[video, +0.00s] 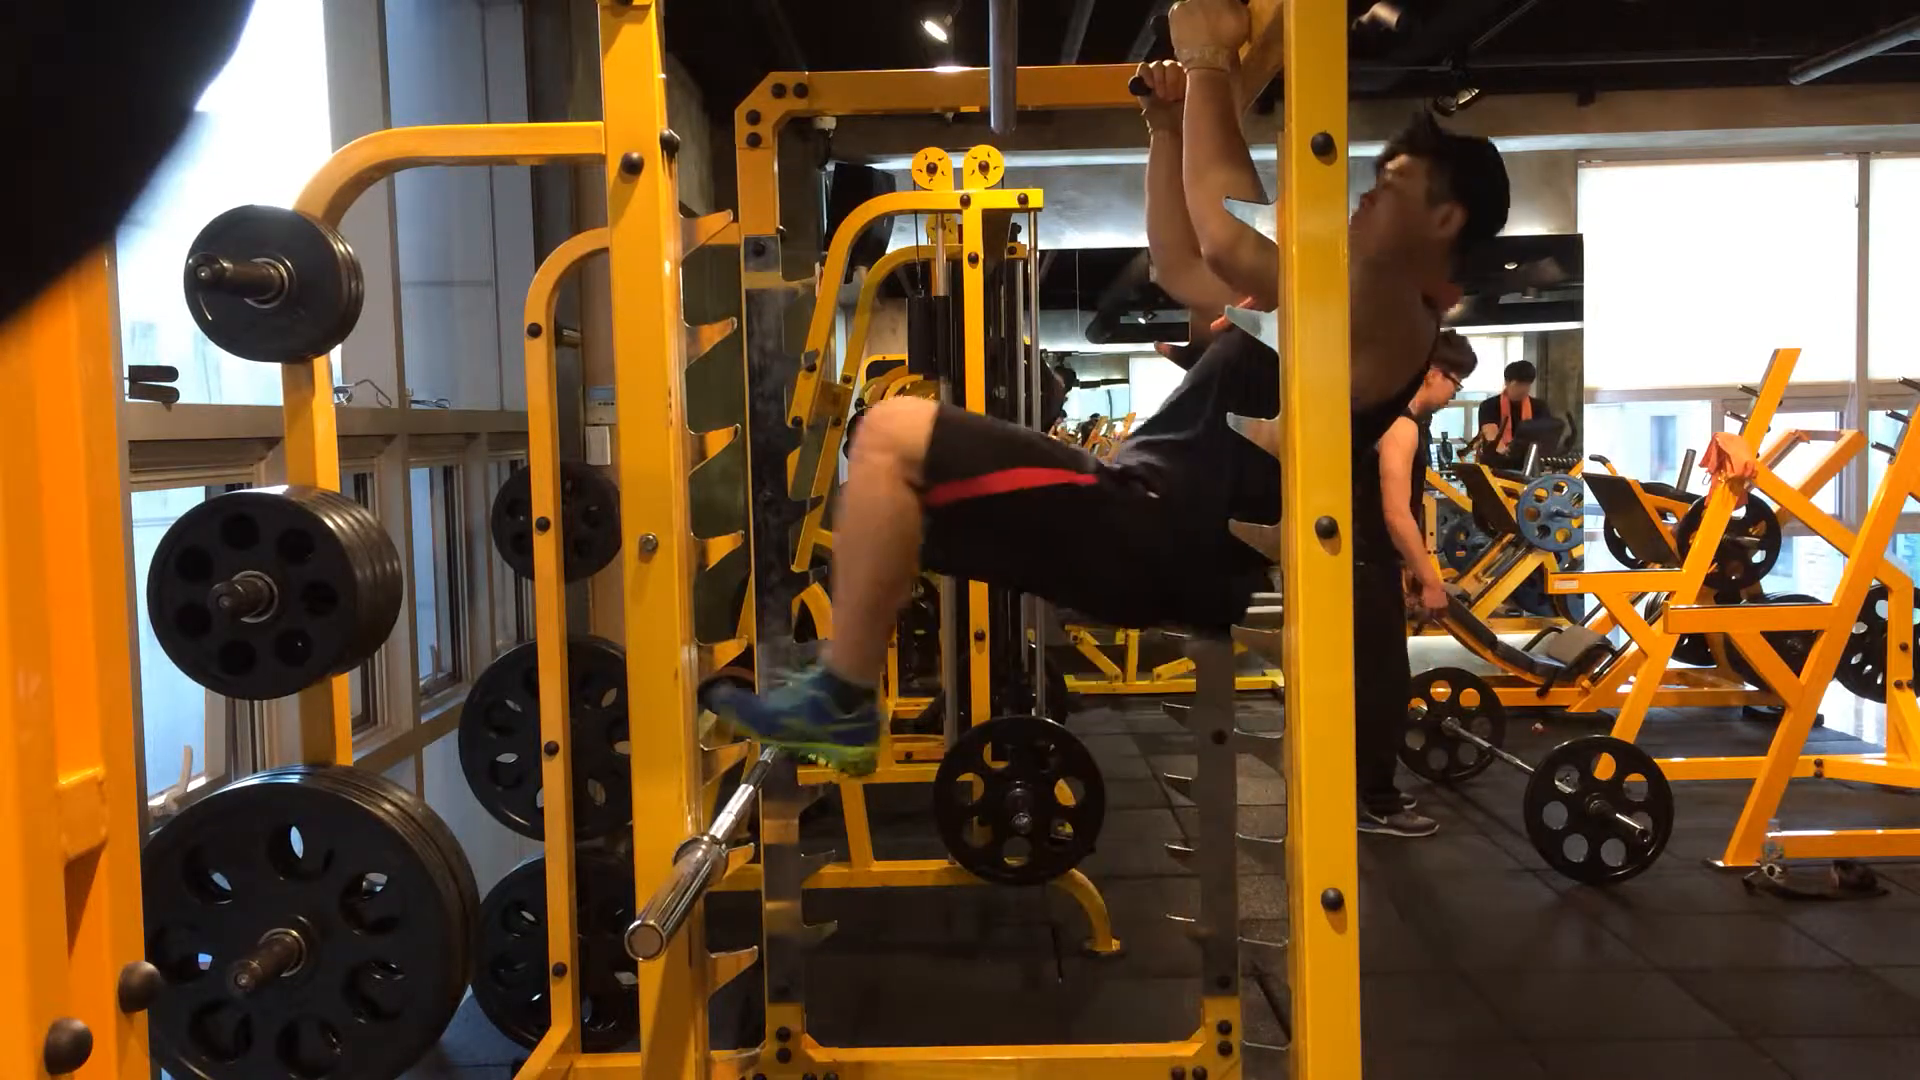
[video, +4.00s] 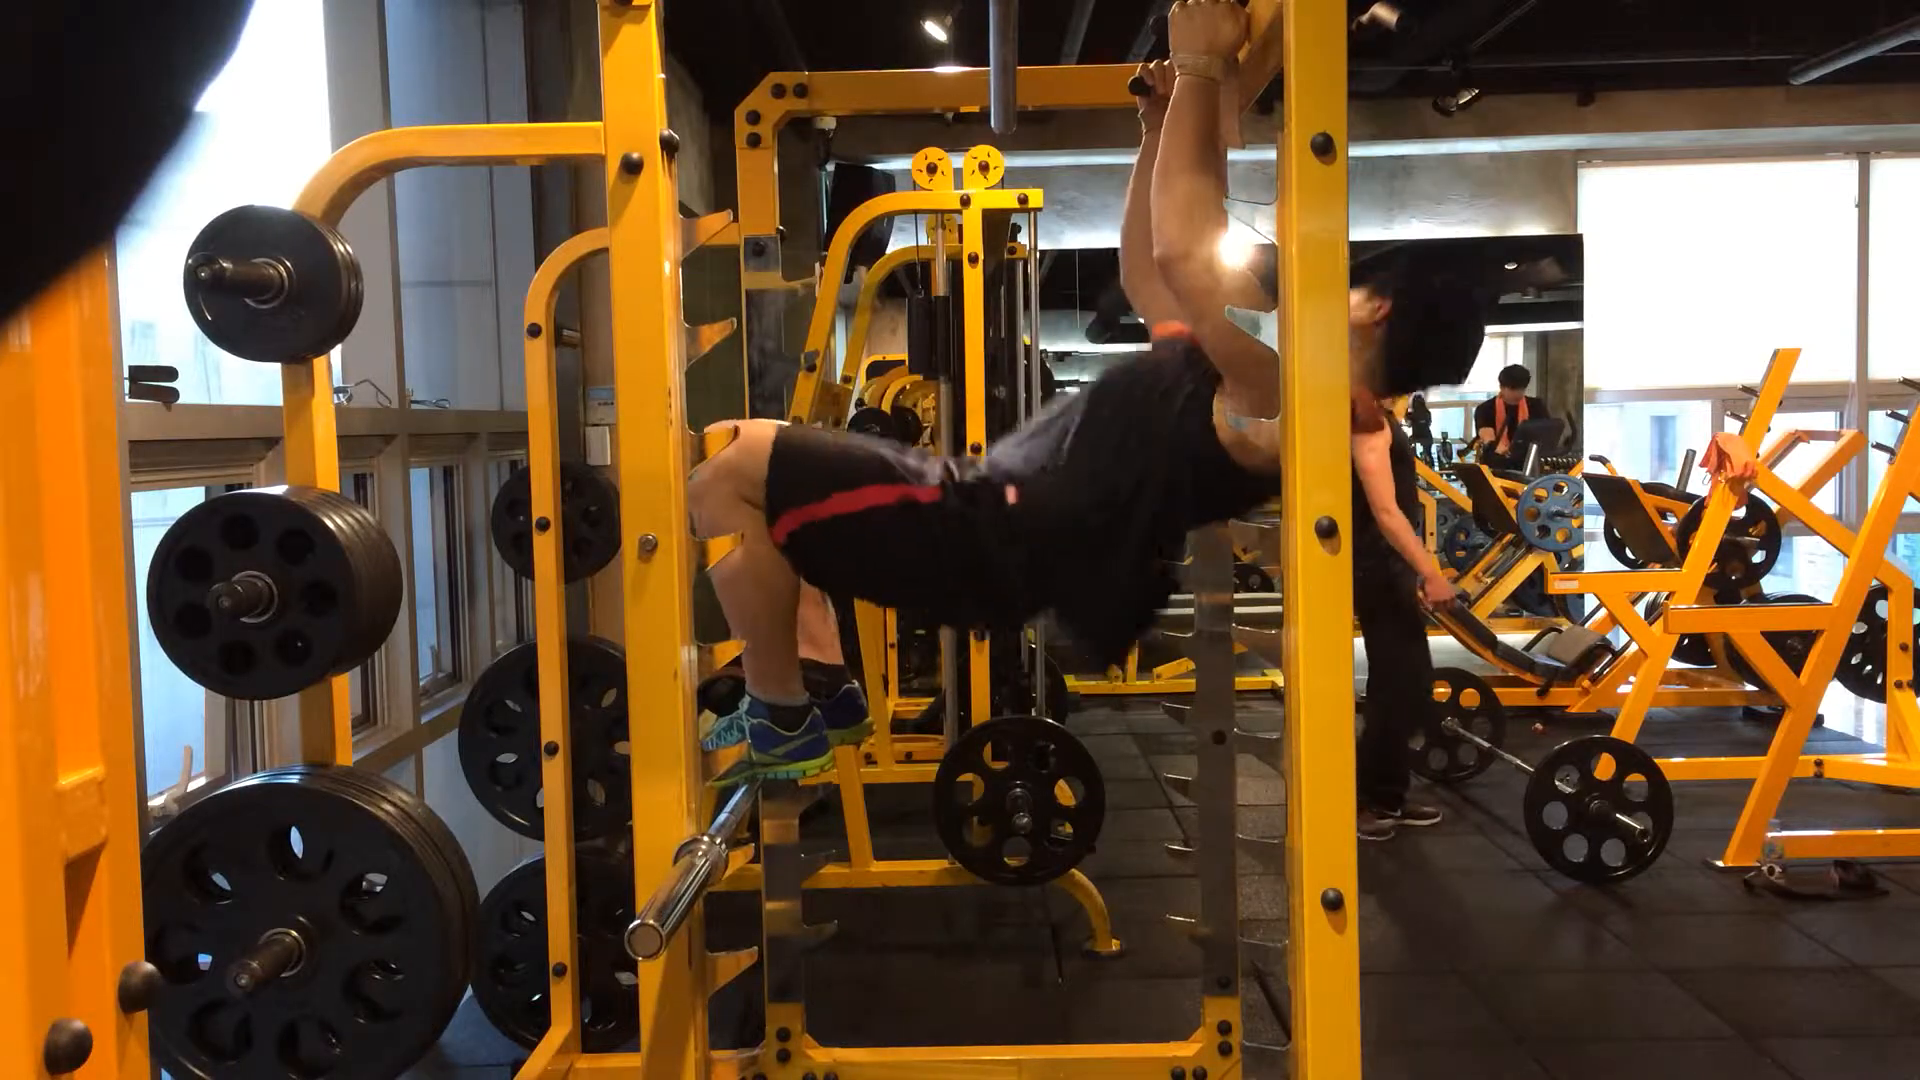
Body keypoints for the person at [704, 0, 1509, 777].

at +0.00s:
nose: (1363, 194)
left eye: (1391, 186)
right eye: (1374, 179)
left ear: (1444, 231)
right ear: (1377, 200)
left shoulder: (1385, 316)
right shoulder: (1342, 305)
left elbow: (1230, 240)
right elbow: (1182, 273)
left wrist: (1215, 69)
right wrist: (1164, 126)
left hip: (1171, 543)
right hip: (1147, 518)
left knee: (894, 436)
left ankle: (844, 692)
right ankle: (838, 679)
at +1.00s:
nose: (1390, 183)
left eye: (1411, 192)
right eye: (1405, 177)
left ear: (1422, 250)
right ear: (1396, 216)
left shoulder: (1338, 279)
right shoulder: (1329, 271)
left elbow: (1196, 252)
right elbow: (1152, 239)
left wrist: (1212, 72)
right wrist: (1166, 117)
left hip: (1041, 429)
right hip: (1035, 401)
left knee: (746, 465)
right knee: (775, 434)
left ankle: (780, 716)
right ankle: (822, 672)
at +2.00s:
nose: (1376, 158)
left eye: (1403, 171)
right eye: (1391, 147)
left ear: (1415, 237)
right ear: (1369, 158)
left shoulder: (1326, 277)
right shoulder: (1310, 227)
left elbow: (1179, 244)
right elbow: (1142, 210)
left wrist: (1208, 66)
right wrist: (1187, 92)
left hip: (1020, 421)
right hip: (1007, 382)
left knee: (733, 474)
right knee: (746, 433)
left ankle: (782, 715)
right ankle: (822, 672)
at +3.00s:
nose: (1352, 178)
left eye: (1378, 179)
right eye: (1367, 169)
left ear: (1397, 223)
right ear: (1379, 216)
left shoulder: (1316, 290)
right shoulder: (1306, 297)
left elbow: (1179, 245)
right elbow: (1140, 242)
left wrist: (1203, 69)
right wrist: (1176, 97)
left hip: (1003, 464)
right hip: (1010, 444)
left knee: (731, 475)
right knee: (749, 435)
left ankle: (780, 713)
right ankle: (821, 669)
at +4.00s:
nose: (1339, 288)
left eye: (1358, 283)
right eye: (1353, 280)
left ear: (1368, 315)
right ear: (1366, 325)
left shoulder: (1297, 407)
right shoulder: (1259, 384)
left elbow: (1194, 269)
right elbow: (1148, 288)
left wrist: (1207, 71)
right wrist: (1155, 134)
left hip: (981, 540)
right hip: (976, 500)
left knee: (723, 488)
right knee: (739, 442)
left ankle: (778, 716)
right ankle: (821, 672)